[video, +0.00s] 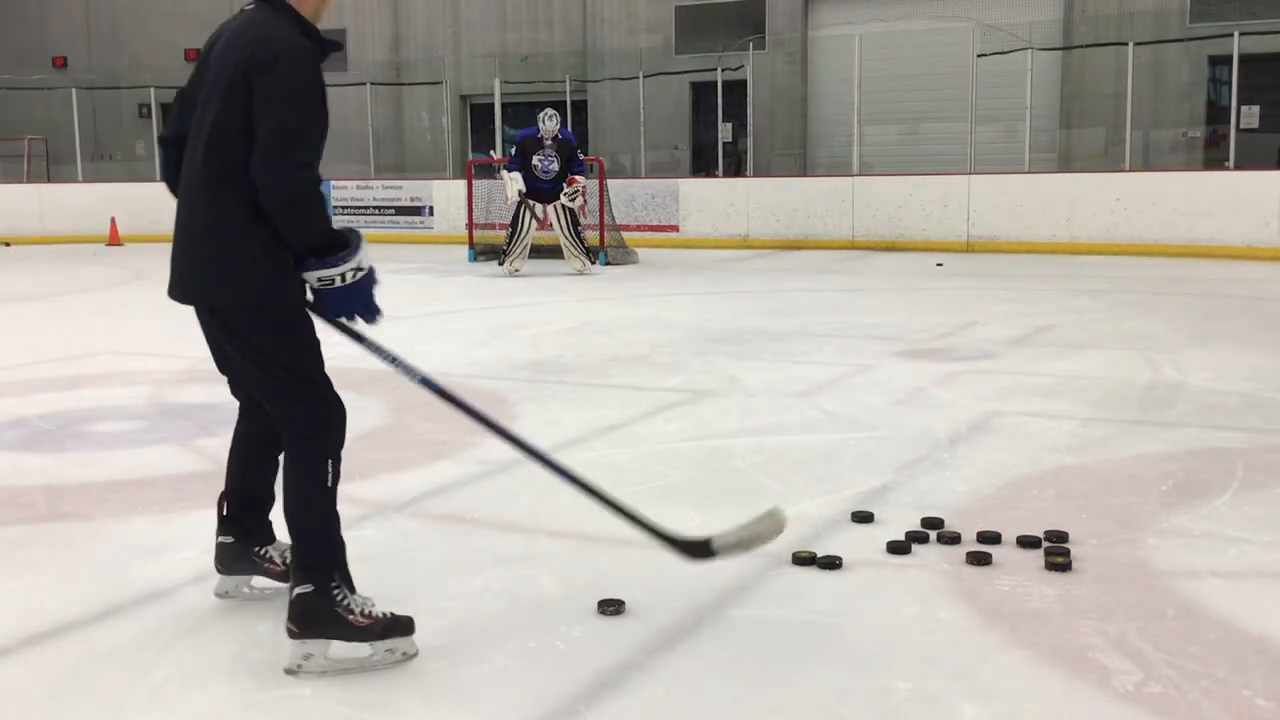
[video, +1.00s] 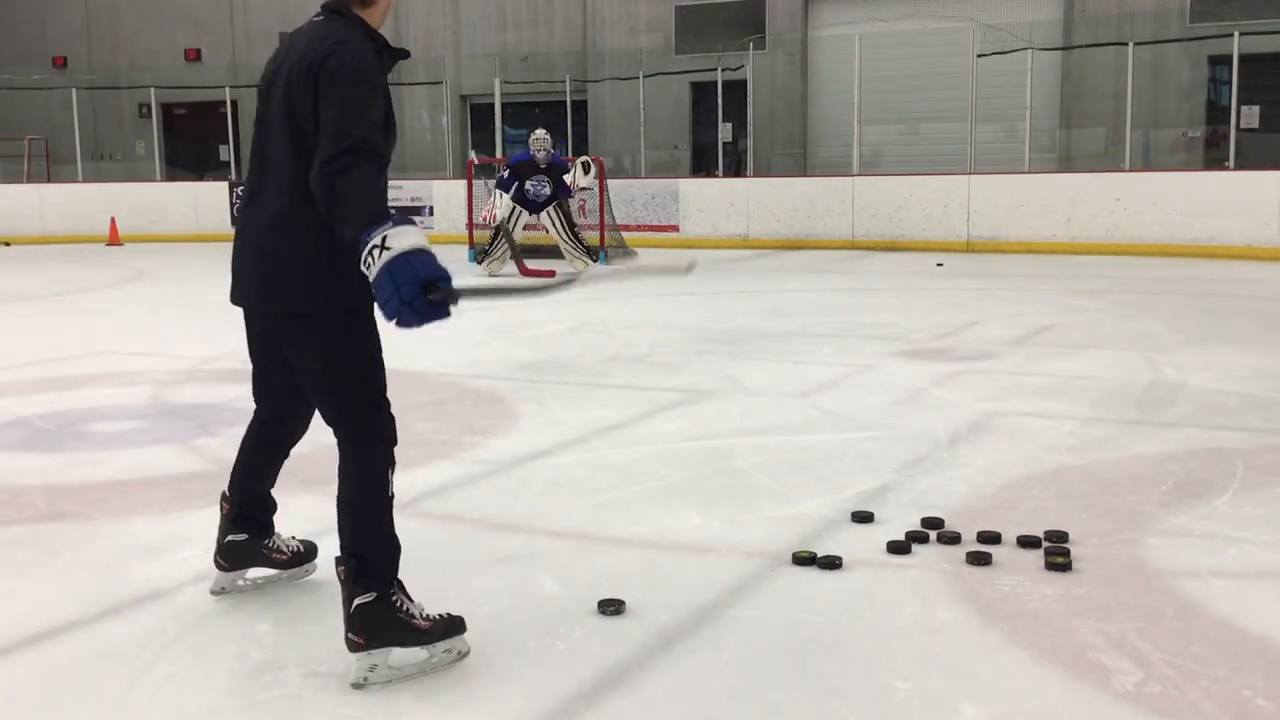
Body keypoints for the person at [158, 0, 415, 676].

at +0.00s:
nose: (332, 3)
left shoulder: (233, 35)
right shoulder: (291, 49)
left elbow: (178, 151)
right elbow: (285, 175)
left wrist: (235, 219)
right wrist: (336, 261)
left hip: (208, 267)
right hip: (256, 273)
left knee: (265, 403)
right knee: (315, 417)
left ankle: (243, 539)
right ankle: (322, 596)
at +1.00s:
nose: (394, 5)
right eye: (393, 0)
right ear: (381, 0)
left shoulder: (294, 49)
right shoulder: (352, 54)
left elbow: (272, 167)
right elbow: (347, 166)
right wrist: (385, 249)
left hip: (265, 278)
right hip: (321, 284)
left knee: (281, 409)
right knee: (368, 435)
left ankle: (242, 534)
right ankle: (374, 601)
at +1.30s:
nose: (461, 68)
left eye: (460, 54)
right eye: (453, 50)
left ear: (402, 43)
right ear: (431, 48)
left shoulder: (373, 92)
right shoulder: (400, 97)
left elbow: (374, 201)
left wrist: (405, 275)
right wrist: (429, 77)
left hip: (235, 276)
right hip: (290, 291)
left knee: (261, 410)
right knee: (368, 440)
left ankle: (199, 527)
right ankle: (339, 605)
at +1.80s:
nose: (462, 123)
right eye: (465, 116)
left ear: (413, 100)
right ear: (462, 118)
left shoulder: (360, 123)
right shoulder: (458, 183)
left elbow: (285, 125)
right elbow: (422, 229)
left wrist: (221, 155)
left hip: (280, 287)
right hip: (340, 314)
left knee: (370, 376)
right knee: (284, 453)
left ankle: (314, 499)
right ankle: (181, 562)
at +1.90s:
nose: (476, 108)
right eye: (479, 101)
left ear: (426, 87)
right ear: (475, 104)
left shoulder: (373, 115)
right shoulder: (472, 165)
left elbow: (289, 133)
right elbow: (444, 242)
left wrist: (219, 185)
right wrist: (397, 234)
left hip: (301, 271)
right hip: (358, 294)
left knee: (388, 374)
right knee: (335, 441)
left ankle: (335, 496)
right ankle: (241, 550)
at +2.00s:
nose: (489, 94)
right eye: (493, 86)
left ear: (438, 74)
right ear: (488, 88)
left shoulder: (383, 107)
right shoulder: (484, 151)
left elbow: (300, 135)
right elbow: (477, 235)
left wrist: (237, 200)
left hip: (317, 263)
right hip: (374, 284)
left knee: (395, 380)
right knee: (396, 423)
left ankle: (350, 487)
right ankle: (311, 536)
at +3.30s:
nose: (547, 74)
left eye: (550, 63)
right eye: (550, 62)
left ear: (495, 31)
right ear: (533, 50)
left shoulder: (411, 48)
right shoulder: (516, 125)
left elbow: (313, 38)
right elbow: (484, 231)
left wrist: (339, 118)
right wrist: (472, 300)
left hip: (338, 246)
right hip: (415, 261)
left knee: (374, 390)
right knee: (465, 410)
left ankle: (343, 529)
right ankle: (467, 569)